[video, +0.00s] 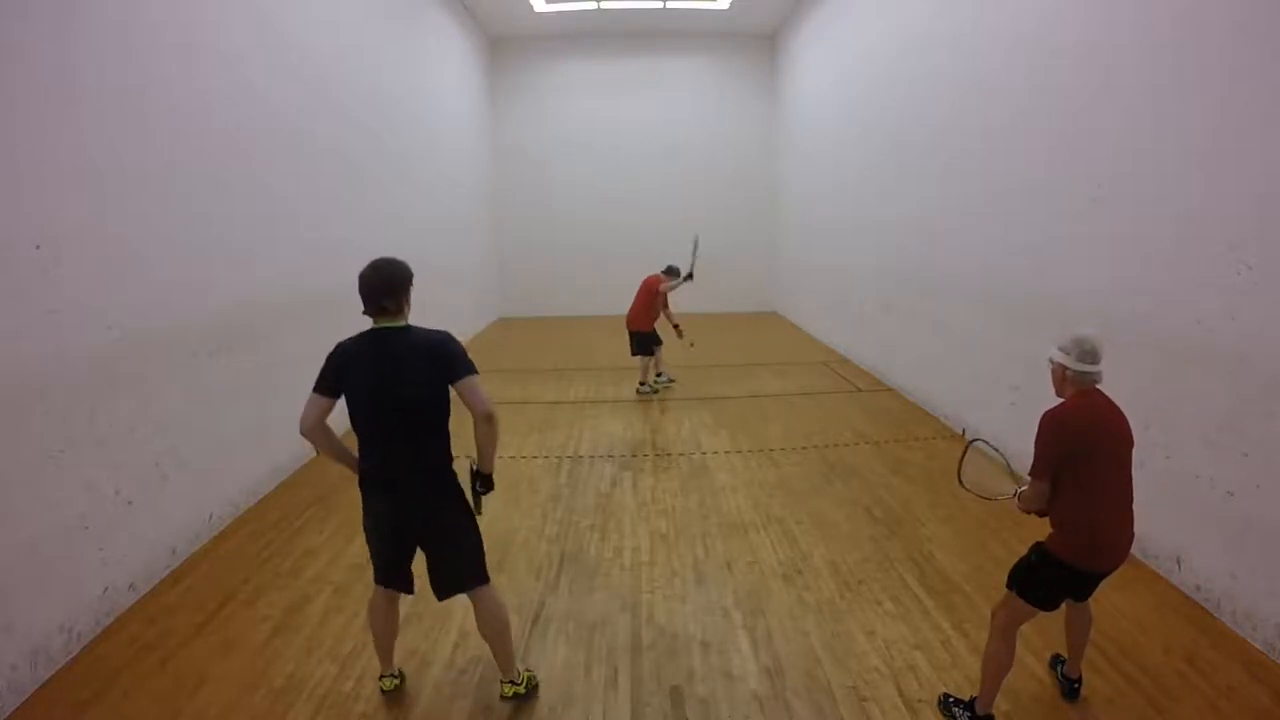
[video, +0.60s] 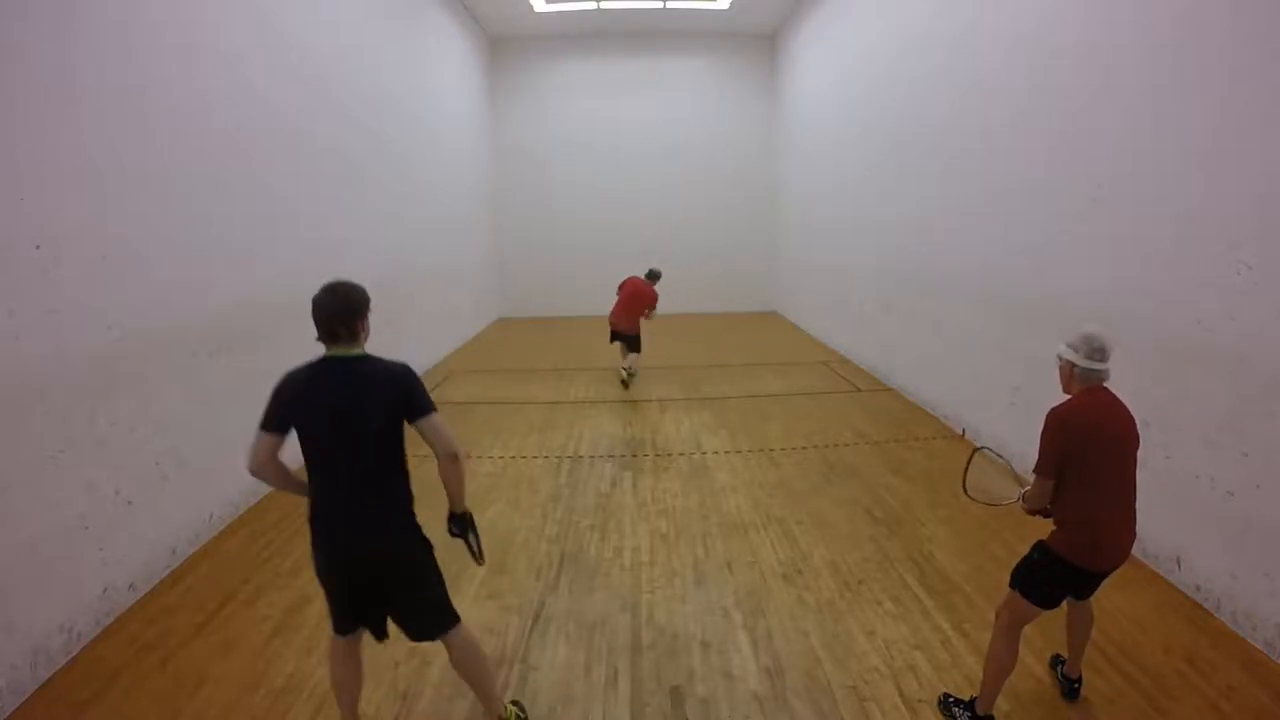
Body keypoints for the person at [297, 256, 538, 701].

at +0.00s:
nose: (411, 296)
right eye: (409, 291)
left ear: (363, 301)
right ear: (407, 297)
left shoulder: (346, 354)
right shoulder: (440, 345)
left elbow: (311, 425)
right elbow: (484, 411)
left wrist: (355, 465)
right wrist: (484, 470)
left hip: (381, 494)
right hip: (438, 490)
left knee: (386, 586)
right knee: (479, 586)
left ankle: (387, 673)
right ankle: (511, 678)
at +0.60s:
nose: (370, 323)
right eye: (368, 318)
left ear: (318, 327)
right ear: (364, 324)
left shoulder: (295, 385)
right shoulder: (395, 377)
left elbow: (260, 463)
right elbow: (448, 452)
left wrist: (307, 489)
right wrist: (459, 511)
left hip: (333, 540)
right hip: (395, 534)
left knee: (345, 635)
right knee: (449, 628)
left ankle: (349, 716)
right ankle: (498, 711)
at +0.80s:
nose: (336, 311)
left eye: (333, 303)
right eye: (334, 304)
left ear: (283, 314)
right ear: (327, 311)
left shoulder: (257, 369)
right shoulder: (357, 363)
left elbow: (217, 448)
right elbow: (414, 436)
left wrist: (258, 497)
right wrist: (425, 496)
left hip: (292, 526)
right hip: (355, 519)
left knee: (289, 629)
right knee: (409, 616)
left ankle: (286, 716)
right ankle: (456, 707)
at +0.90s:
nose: (317, 344)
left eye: (313, 337)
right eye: (316, 338)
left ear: (266, 348)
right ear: (310, 344)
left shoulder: (244, 407)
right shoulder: (341, 396)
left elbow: (211, 492)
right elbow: (404, 467)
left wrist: (242, 546)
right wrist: (418, 519)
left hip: (282, 558)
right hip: (346, 552)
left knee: (269, 658)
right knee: (397, 642)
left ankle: (261, 718)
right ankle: (438, 715)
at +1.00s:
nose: (294, 370)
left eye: (291, 364)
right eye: (292, 365)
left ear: (244, 378)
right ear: (287, 372)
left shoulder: (225, 436)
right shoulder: (319, 423)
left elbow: (202, 525)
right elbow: (376, 494)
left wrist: (222, 576)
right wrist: (380, 538)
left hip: (267, 578)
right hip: (327, 570)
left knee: (265, 667)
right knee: (383, 644)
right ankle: (429, 713)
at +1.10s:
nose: (270, 389)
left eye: (267, 383)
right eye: (269, 384)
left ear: (223, 396)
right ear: (265, 390)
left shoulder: (205, 449)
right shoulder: (295, 432)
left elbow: (184, 538)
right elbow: (327, 503)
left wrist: (202, 588)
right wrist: (308, 534)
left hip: (262, 576)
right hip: (318, 560)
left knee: (265, 664)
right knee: (352, 614)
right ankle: (404, 683)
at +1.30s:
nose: (251, 433)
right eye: (250, 429)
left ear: (212, 443)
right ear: (250, 434)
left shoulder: (211, 475)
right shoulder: (261, 467)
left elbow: (209, 555)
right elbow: (260, 538)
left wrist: (200, 627)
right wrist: (215, 559)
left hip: (275, 591)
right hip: (321, 572)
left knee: (274, 664)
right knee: (336, 612)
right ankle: (353, 658)